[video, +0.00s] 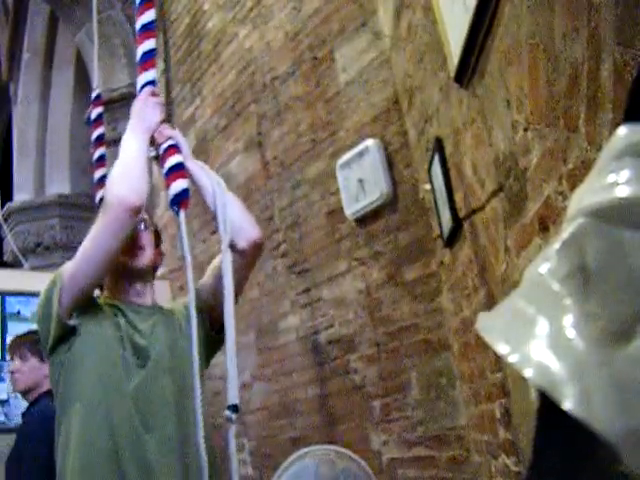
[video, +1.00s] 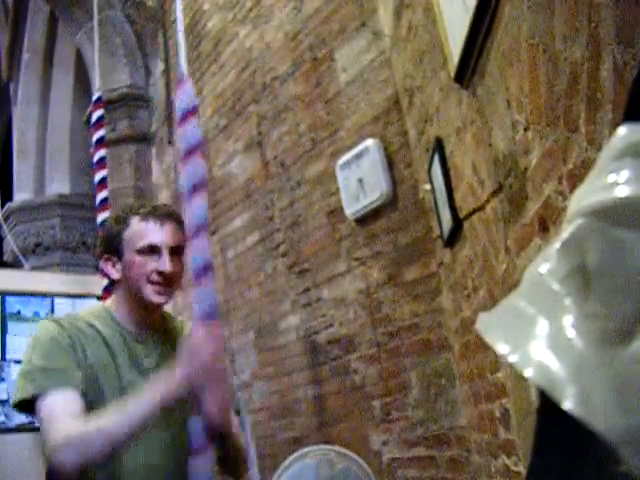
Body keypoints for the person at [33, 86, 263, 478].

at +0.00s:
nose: (136, 232)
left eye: (144, 225)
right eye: (124, 224)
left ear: (159, 246)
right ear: (106, 241)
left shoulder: (187, 324)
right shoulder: (71, 319)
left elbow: (247, 241)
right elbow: (127, 203)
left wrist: (187, 161)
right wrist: (137, 129)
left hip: (180, 472)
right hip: (92, 471)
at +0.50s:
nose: (153, 243)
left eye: (159, 232)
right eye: (141, 232)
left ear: (167, 243)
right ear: (96, 254)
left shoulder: (179, 332)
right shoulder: (63, 324)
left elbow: (251, 301)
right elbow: (127, 253)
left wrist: (195, 202)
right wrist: (144, 166)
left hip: (182, 471)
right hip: (93, 471)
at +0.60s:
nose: (153, 246)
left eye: (159, 235)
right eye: (136, 233)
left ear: (168, 249)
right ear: (97, 255)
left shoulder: (177, 326)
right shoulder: (58, 318)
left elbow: (252, 328)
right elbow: (127, 280)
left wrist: (200, 220)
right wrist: (149, 183)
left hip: (178, 471)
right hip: (90, 471)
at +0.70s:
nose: (152, 242)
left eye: (158, 235)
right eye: (135, 233)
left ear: (169, 251)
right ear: (104, 258)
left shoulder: (178, 334)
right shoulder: (53, 322)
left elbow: (252, 362)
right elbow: (119, 315)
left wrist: (204, 241)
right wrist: (157, 207)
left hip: (176, 472)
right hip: (85, 472)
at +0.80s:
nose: (160, 251)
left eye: (165, 241)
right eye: (143, 240)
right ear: (108, 259)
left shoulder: (180, 332)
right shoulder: (56, 321)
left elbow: (243, 402)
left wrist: (212, 280)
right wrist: (165, 243)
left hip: (175, 473)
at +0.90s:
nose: (163, 261)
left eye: (170, 248)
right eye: (148, 246)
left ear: (179, 256)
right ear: (111, 261)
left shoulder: (185, 332)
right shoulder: (60, 326)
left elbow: (237, 441)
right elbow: (86, 412)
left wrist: (217, 346)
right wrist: (170, 303)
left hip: (175, 473)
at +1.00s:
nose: (167, 267)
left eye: (175, 253)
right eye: (149, 252)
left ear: (184, 262)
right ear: (113, 266)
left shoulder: (190, 340)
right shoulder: (61, 337)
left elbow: (239, 467)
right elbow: (65, 452)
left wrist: (221, 423)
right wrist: (180, 375)